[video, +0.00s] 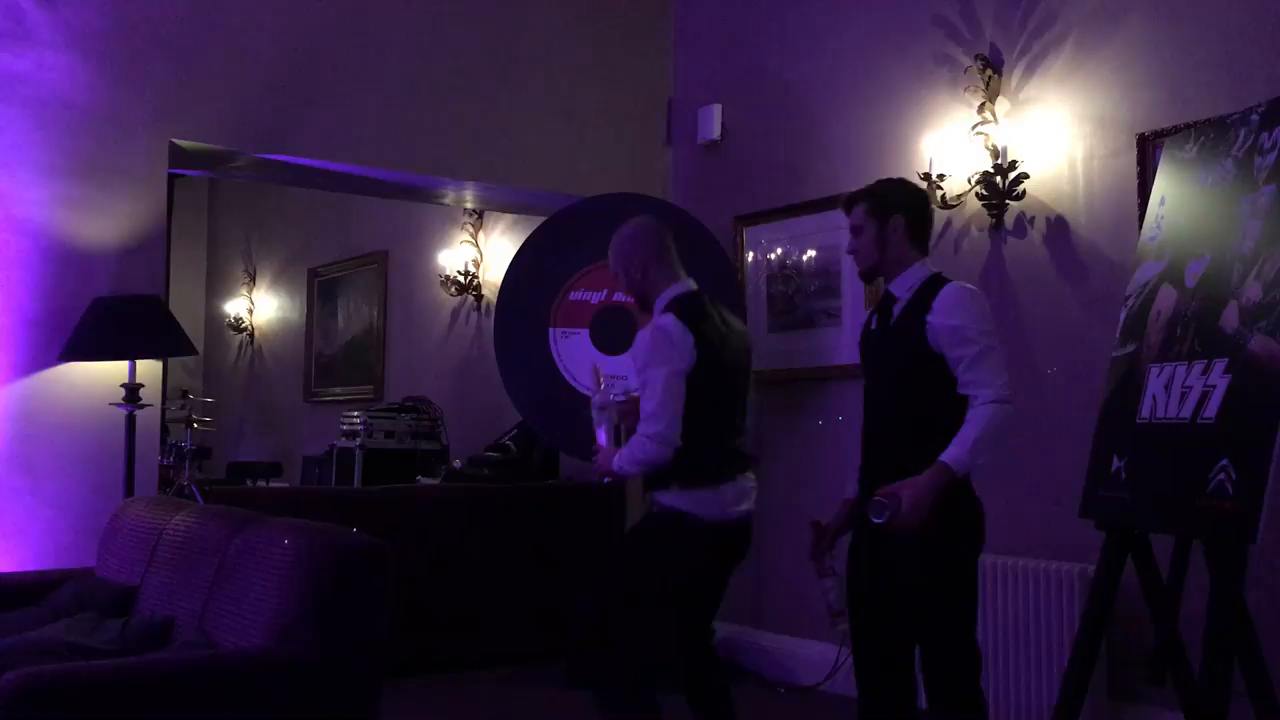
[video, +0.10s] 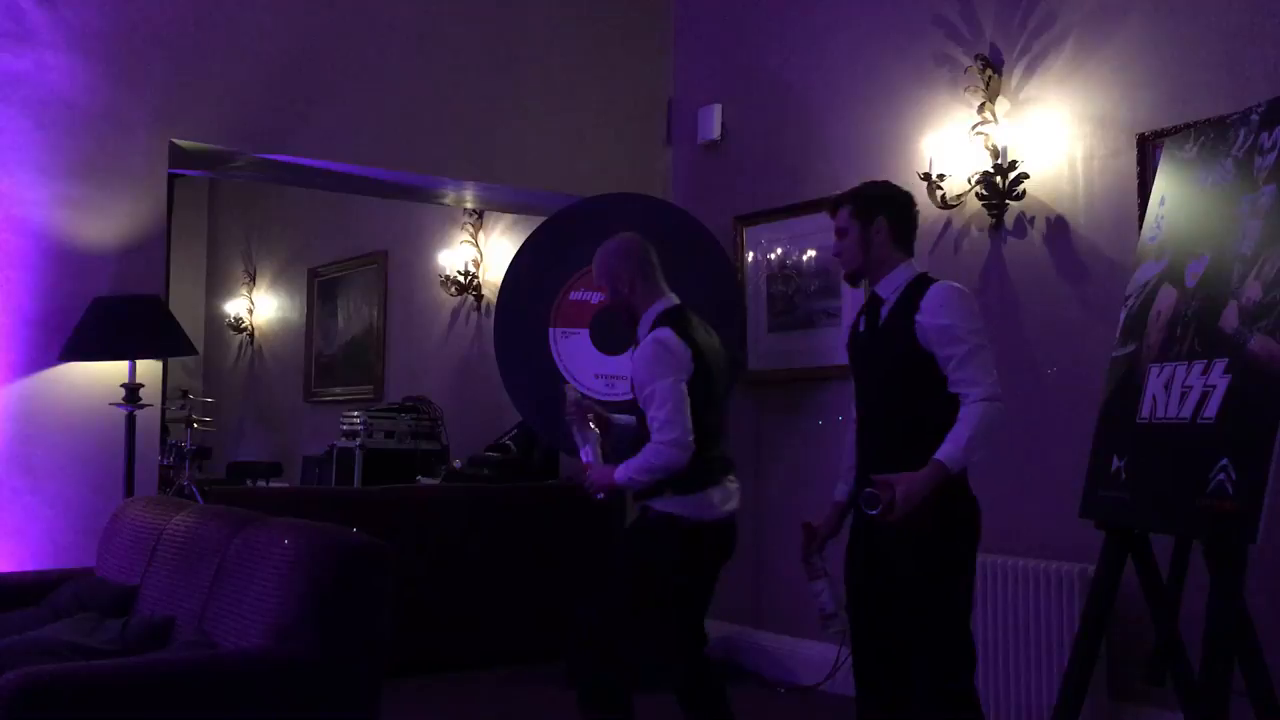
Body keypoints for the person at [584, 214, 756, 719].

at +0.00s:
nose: (617, 284)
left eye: (618, 271)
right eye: (614, 272)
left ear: (638, 267)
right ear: (668, 259)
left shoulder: (665, 332)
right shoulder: (724, 323)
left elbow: (660, 439)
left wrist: (611, 462)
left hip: (685, 518)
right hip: (732, 514)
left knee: (625, 631)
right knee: (691, 637)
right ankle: (716, 715)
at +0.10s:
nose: (605, 298)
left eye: (605, 286)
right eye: (601, 287)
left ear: (625, 282)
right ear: (648, 273)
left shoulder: (658, 345)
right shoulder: (690, 329)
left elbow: (674, 445)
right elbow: (665, 426)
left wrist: (615, 476)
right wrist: (606, 420)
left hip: (680, 516)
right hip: (711, 508)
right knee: (682, 640)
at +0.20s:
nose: (582, 297)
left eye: (586, 286)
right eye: (580, 287)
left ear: (610, 282)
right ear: (619, 277)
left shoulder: (649, 343)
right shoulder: (636, 334)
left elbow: (687, 438)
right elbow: (640, 423)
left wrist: (620, 496)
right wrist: (582, 411)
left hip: (670, 508)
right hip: (653, 503)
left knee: (656, 632)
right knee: (655, 631)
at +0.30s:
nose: (566, 303)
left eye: (570, 292)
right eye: (564, 293)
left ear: (597, 285)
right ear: (605, 283)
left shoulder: (636, 349)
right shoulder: (613, 338)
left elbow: (680, 439)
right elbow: (619, 416)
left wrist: (635, 517)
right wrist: (561, 409)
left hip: (646, 506)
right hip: (628, 498)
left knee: (627, 630)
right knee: (640, 629)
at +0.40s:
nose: (561, 309)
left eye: (564, 298)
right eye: (557, 299)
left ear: (593, 288)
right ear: (591, 288)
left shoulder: (630, 346)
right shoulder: (598, 337)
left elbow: (670, 436)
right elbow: (608, 411)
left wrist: (640, 518)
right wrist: (550, 420)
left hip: (636, 500)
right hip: (611, 495)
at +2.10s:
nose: (582, 301)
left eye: (591, 293)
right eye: (578, 292)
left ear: (618, 291)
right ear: (576, 293)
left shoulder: (658, 343)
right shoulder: (580, 352)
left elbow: (694, 413)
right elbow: (567, 428)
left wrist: (663, 440)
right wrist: (531, 487)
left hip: (648, 491)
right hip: (598, 491)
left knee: (647, 605)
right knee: (595, 603)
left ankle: (664, 706)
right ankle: (595, 704)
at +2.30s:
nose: (591, 298)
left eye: (599, 291)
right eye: (589, 290)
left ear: (627, 290)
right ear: (597, 291)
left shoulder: (664, 344)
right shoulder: (595, 342)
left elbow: (699, 414)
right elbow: (572, 401)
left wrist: (672, 439)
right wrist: (523, 414)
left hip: (644, 488)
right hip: (599, 486)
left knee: (645, 603)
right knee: (594, 598)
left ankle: (662, 705)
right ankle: (595, 702)